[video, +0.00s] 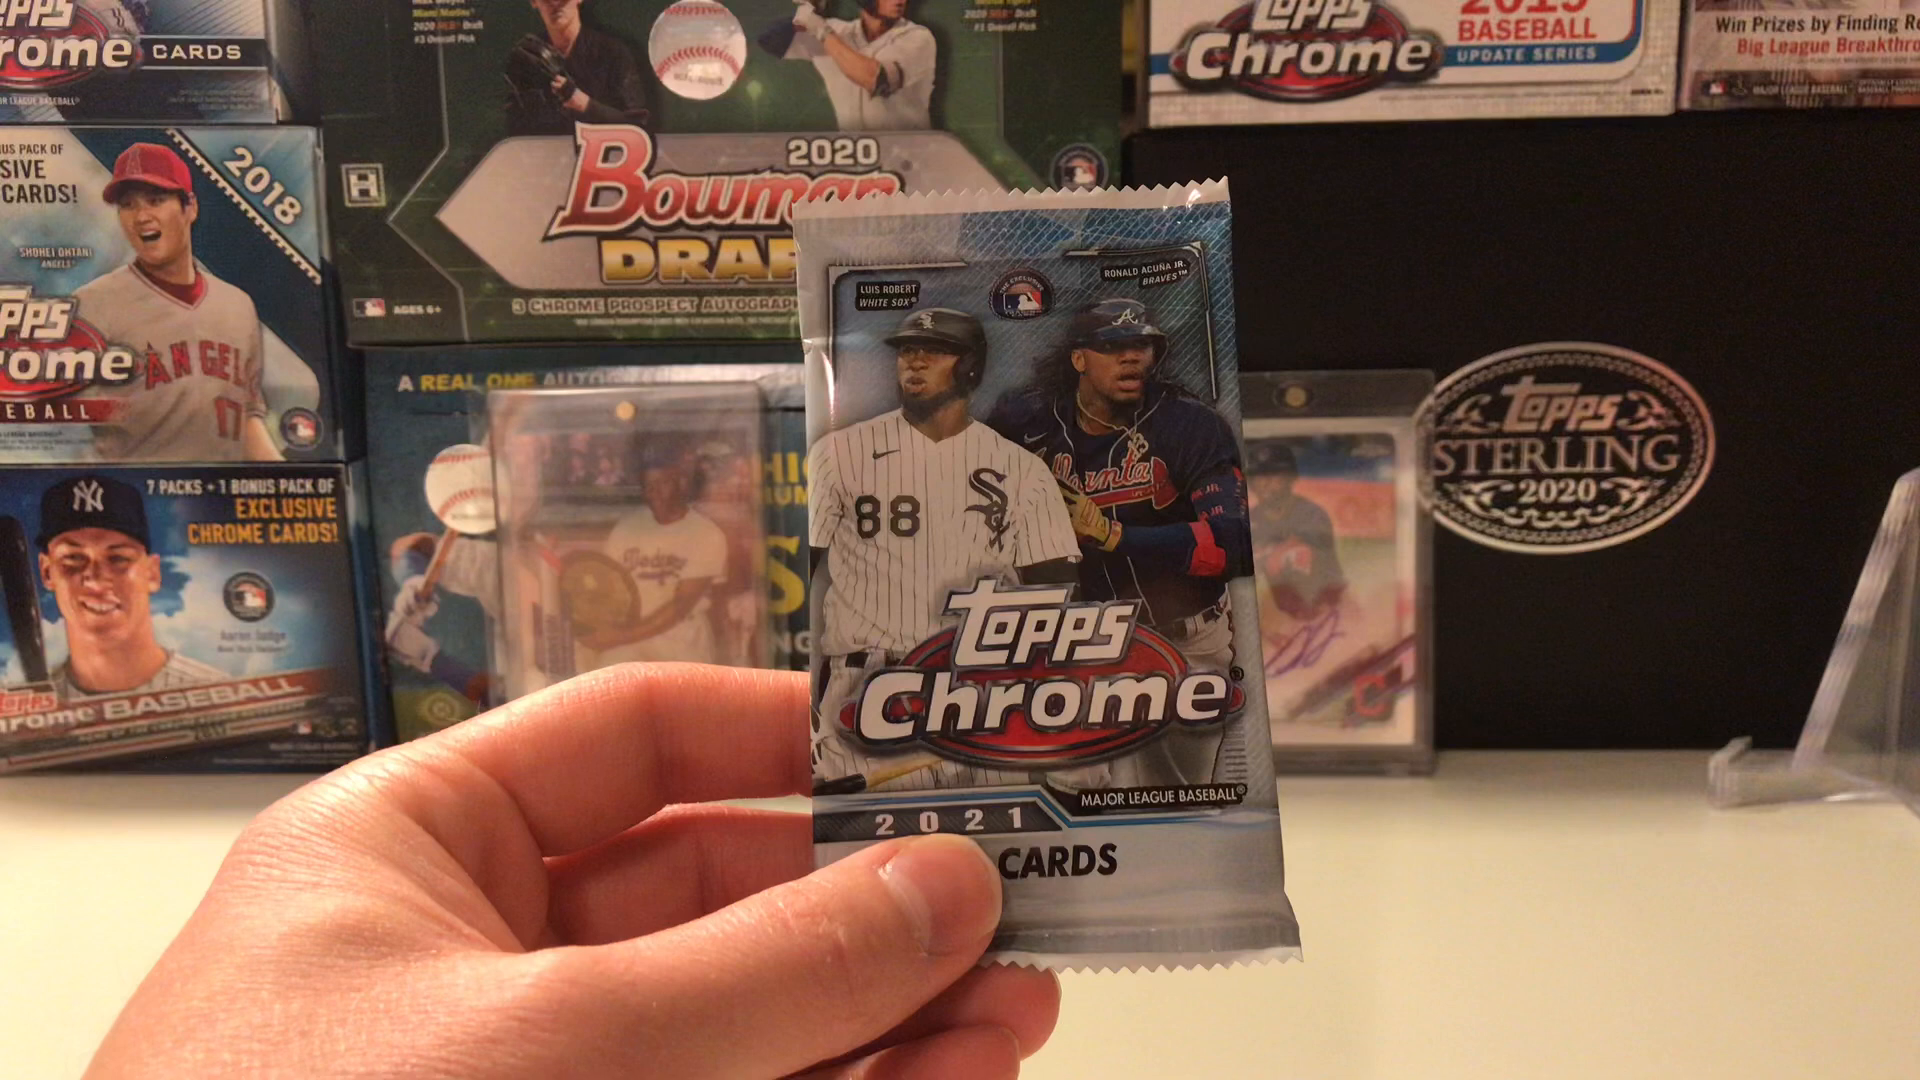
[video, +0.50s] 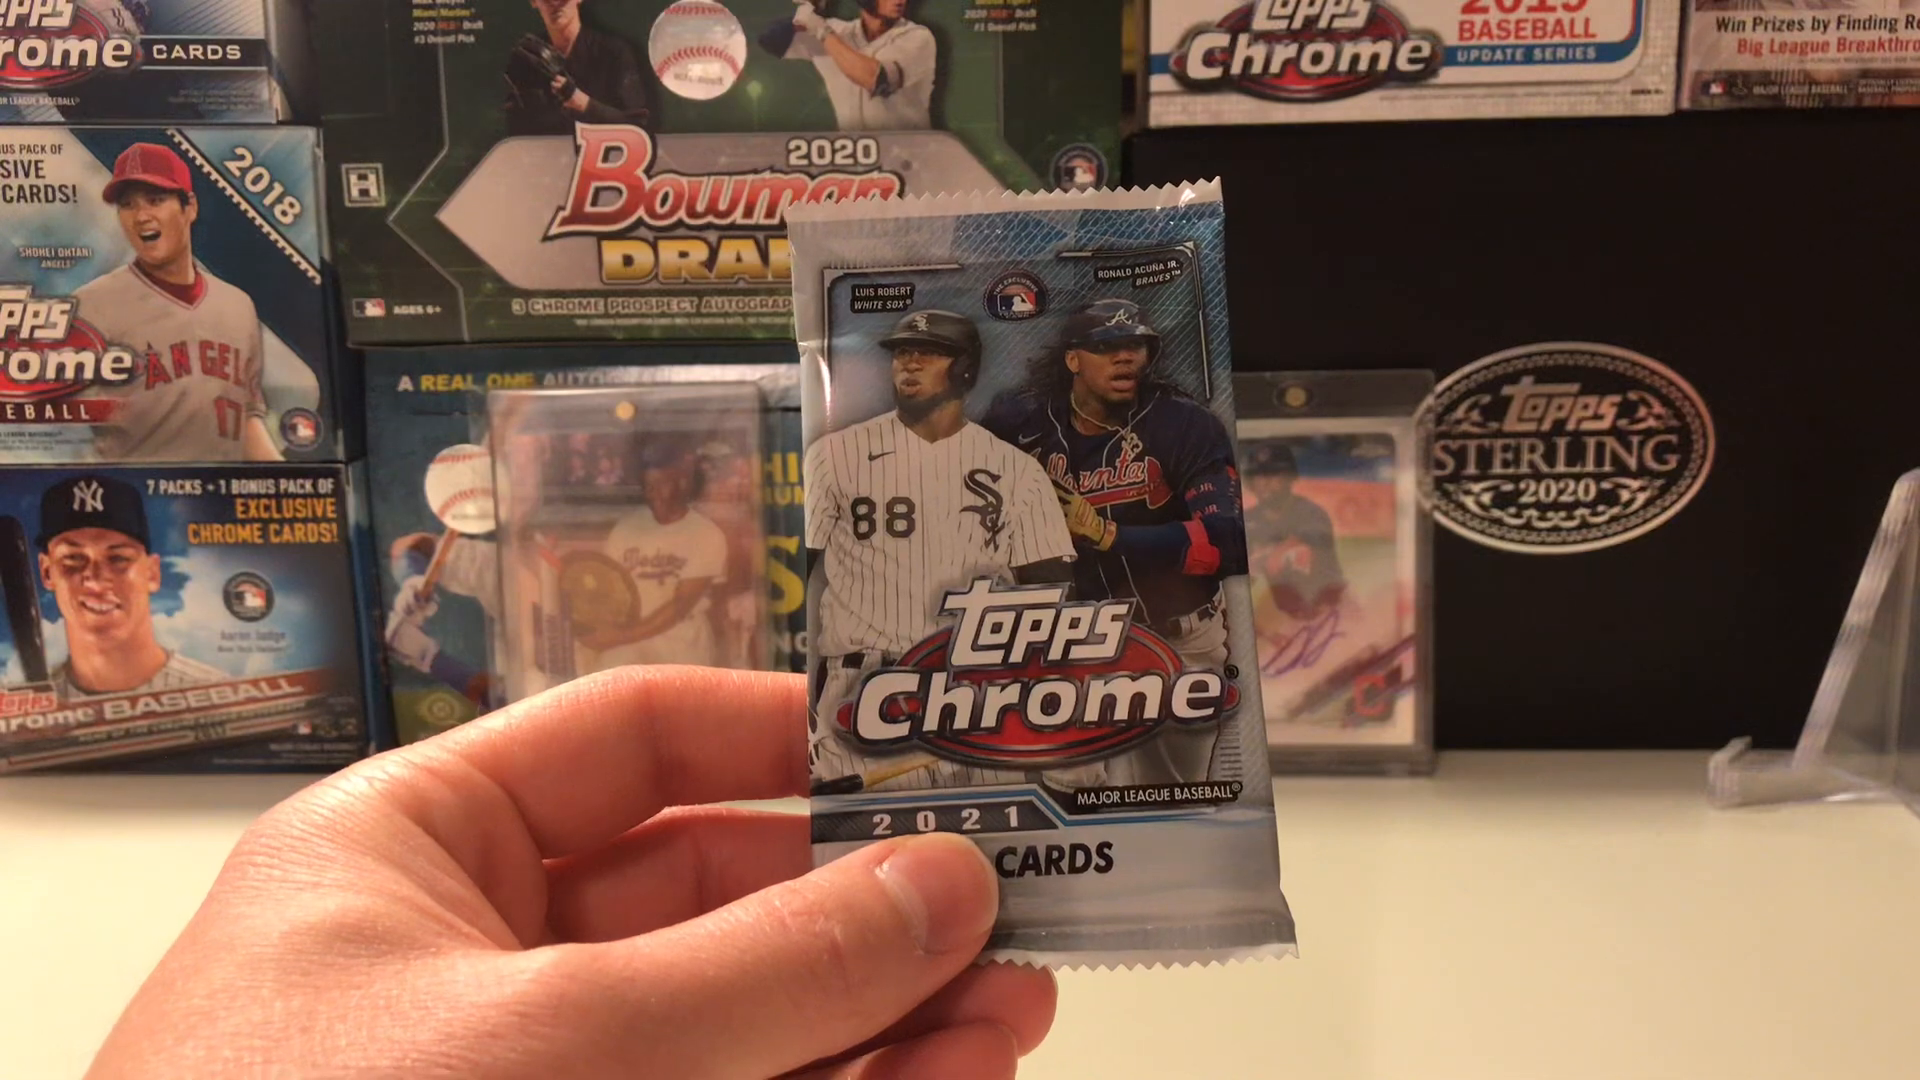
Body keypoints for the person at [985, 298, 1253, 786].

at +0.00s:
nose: (1134, 358)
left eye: (1142, 345)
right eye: (1116, 346)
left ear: (1155, 353)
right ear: (1079, 359)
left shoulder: (1192, 426)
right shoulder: (1028, 423)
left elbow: (1231, 543)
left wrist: (1113, 534)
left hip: (1189, 634)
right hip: (1081, 641)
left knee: (1195, 803)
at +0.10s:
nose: (1133, 358)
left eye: (1141, 345)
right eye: (1116, 347)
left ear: (1154, 353)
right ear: (1078, 359)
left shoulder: (1190, 426)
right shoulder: (1026, 424)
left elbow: (1228, 542)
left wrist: (1111, 533)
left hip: (1187, 632)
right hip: (1079, 638)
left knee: (1188, 799)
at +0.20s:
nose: (1132, 359)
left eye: (1140, 346)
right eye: (1114, 347)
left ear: (1153, 354)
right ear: (1077, 360)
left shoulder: (1189, 426)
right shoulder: (1024, 423)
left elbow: (1228, 542)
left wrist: (1110, 534)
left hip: (1185, 633)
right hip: (1076, 638)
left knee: (1186, 800)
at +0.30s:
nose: (1132, 359)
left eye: (1140, 346)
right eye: (1115, 348)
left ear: (1153, 354)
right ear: (1076, 360)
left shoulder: (1189, 426)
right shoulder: (1023, 423)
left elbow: (1228, 541)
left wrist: (1110, 534)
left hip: (1186, 635)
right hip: (1078, 639)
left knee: (1190, 804)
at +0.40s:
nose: (1129, 358)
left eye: (1137, 346)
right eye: (1111, 347)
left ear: (1150, 354)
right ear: (1074, 360)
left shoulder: (1187, 426)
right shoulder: (1020, 423)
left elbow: (1226, 541)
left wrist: (1108, 534)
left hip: (1182, 635)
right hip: (1074, 642)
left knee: (1186, 803)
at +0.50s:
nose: (1128, 358)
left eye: (1136, 346)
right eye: (1110, 347)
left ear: (1149, 353)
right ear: (1073, 360)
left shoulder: (1186, 426)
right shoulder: (1021, 423)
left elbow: (1225, 541)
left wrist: (1109, 534)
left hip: (1181, 634)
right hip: (1072, 639)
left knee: (1177, 802)